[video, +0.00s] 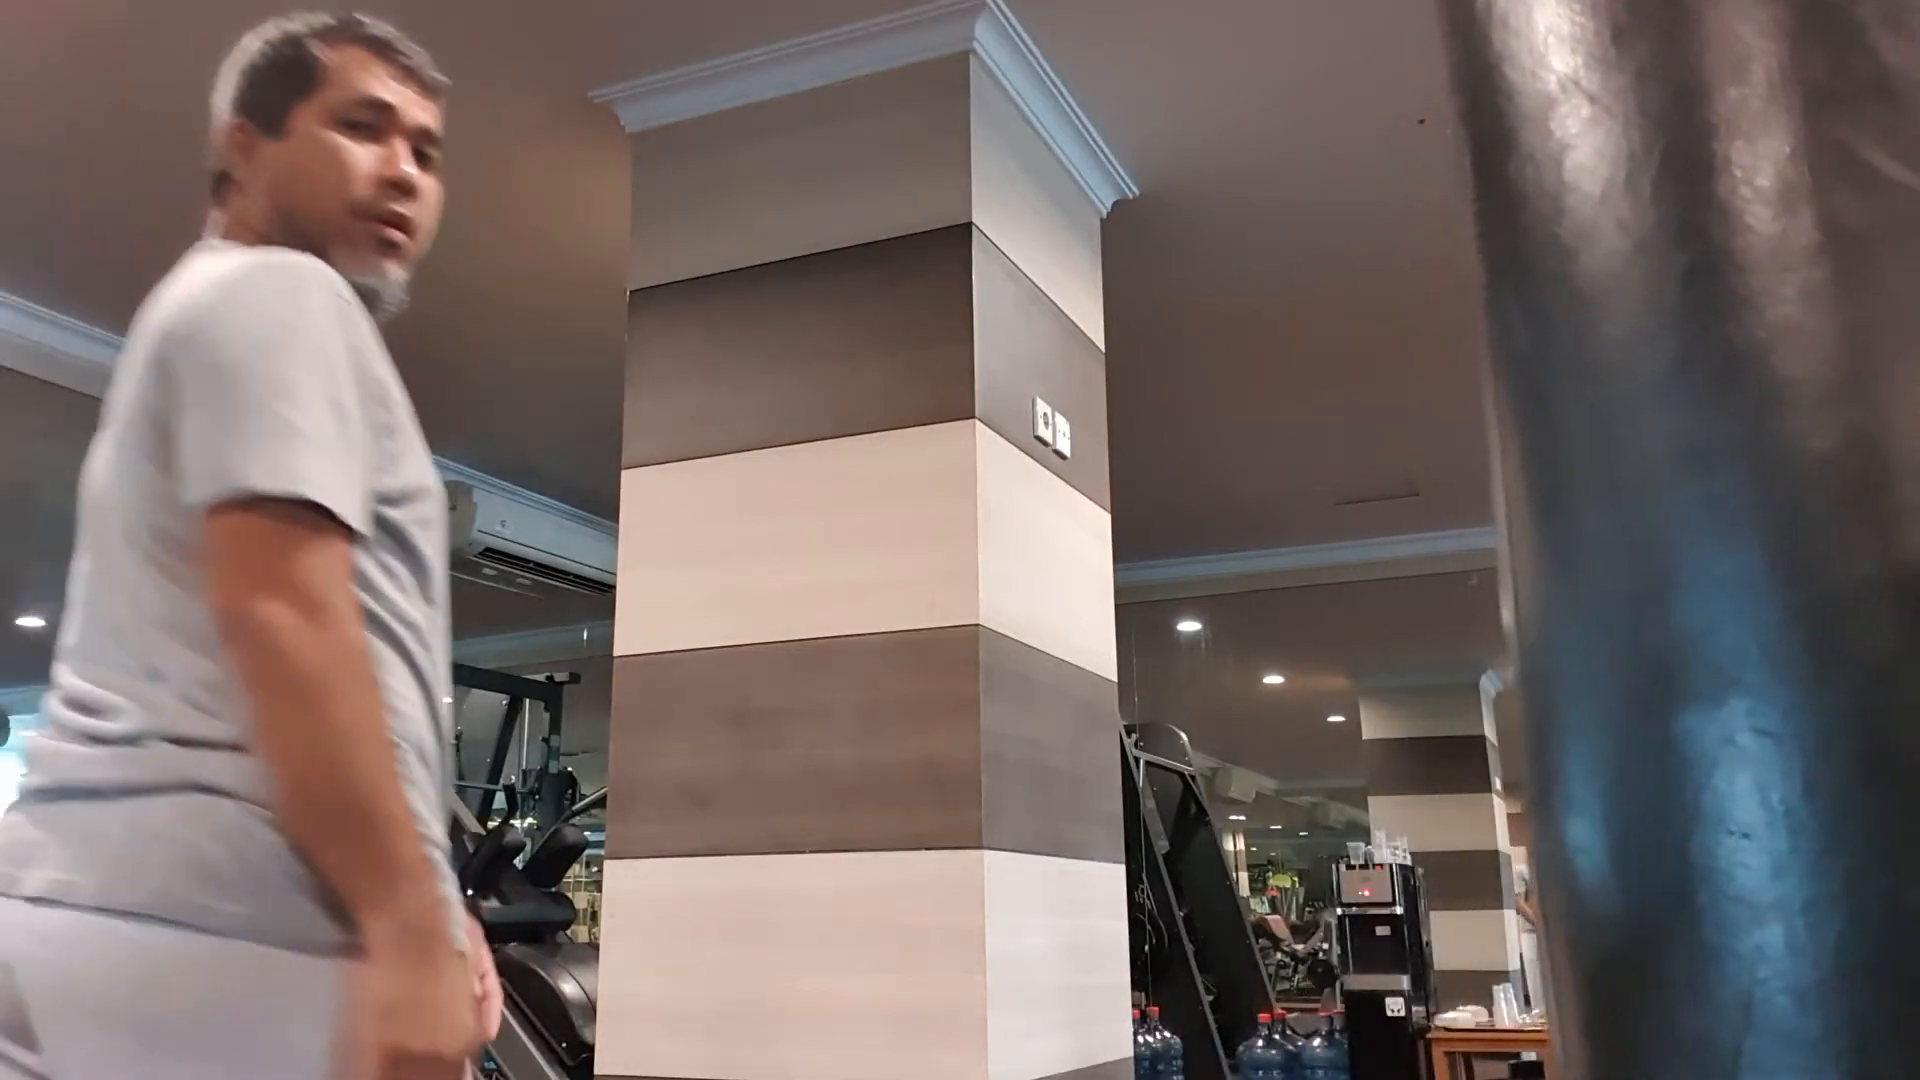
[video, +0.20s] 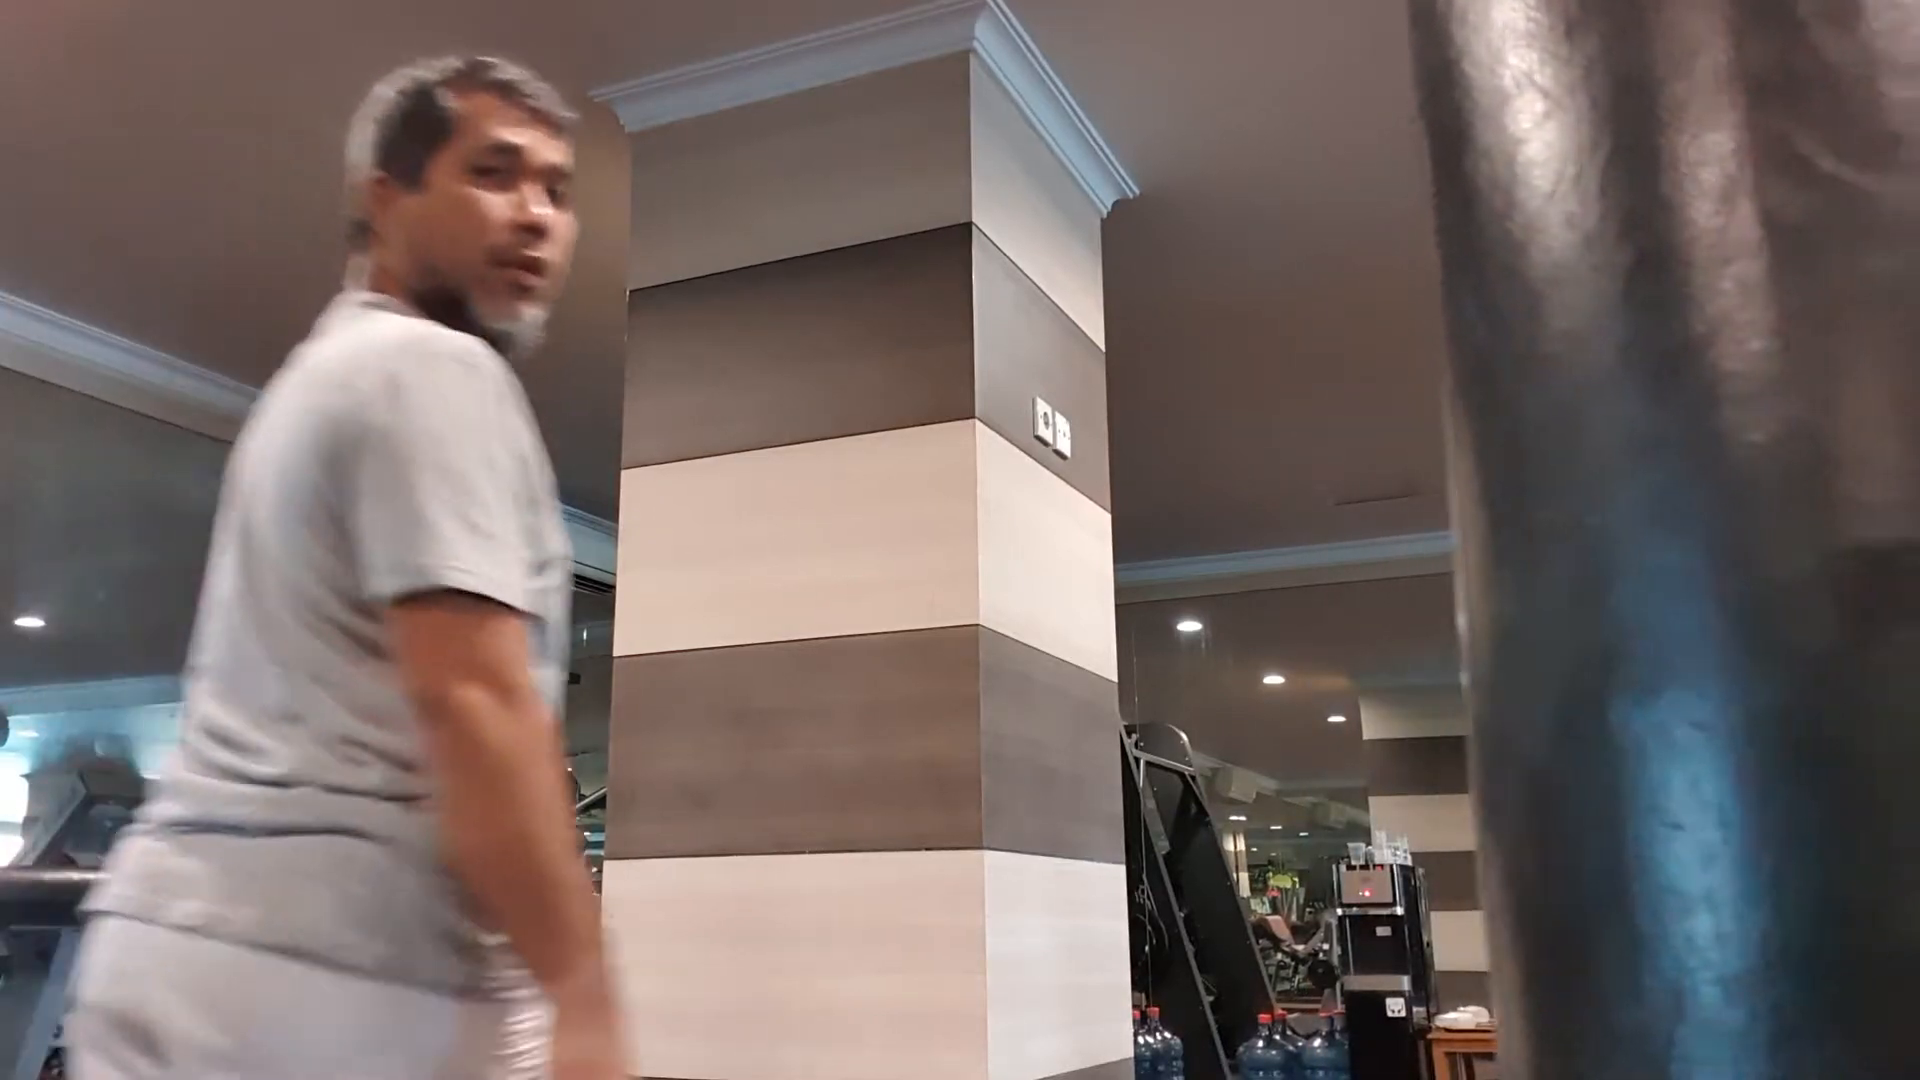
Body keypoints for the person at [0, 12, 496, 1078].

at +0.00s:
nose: (409, 172)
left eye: (427, 151)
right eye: (365, 126)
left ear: (437, 188)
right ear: (242, 144)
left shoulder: (213, 304)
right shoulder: (274, 296)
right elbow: (281, 610)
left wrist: (430, 904)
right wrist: (405, 922)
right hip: (219, 944)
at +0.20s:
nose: (537, 215)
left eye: (555, 189)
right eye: (495, 173)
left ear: (573, 217)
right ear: (383, 197)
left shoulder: (327, 368)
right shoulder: (433, 372)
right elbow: (475, 703)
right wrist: (583, 1000)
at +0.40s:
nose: (657, 249)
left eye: (674, 223)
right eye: (615, 210)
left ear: (695, 250)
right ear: (518, 238)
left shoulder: (464, 404)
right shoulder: (554, 413)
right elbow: (620, 742)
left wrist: (632, 885)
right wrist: (768, 986)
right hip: (509, 978)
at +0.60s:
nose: (711, 248)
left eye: (736, 221)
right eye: (671, 211)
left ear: (760, 254)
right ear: (593, 242)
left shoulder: (647, 426)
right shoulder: (582, 414)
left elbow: (640, 717)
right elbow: (628, 722)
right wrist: (816, 940)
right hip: (573, 959)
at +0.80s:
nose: (762, 244)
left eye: (793, 220)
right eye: (726, 213)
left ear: (826, 262)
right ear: (664, 252)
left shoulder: (809, 471)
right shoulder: (605, 415)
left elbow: (795, 713)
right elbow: (563, 683)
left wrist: (866, 904)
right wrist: (679, 962)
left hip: (786, 973)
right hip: (609, 961)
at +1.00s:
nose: (816, 270)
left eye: (849, 247)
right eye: (784, 242)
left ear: (894, 296)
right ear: (729, 287)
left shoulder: (918, 503)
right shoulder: (647, 452)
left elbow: (966, 737)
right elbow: (534, 699)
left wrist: (1085, 917)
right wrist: (451, 954)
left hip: (876, 971)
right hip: (693, 953)